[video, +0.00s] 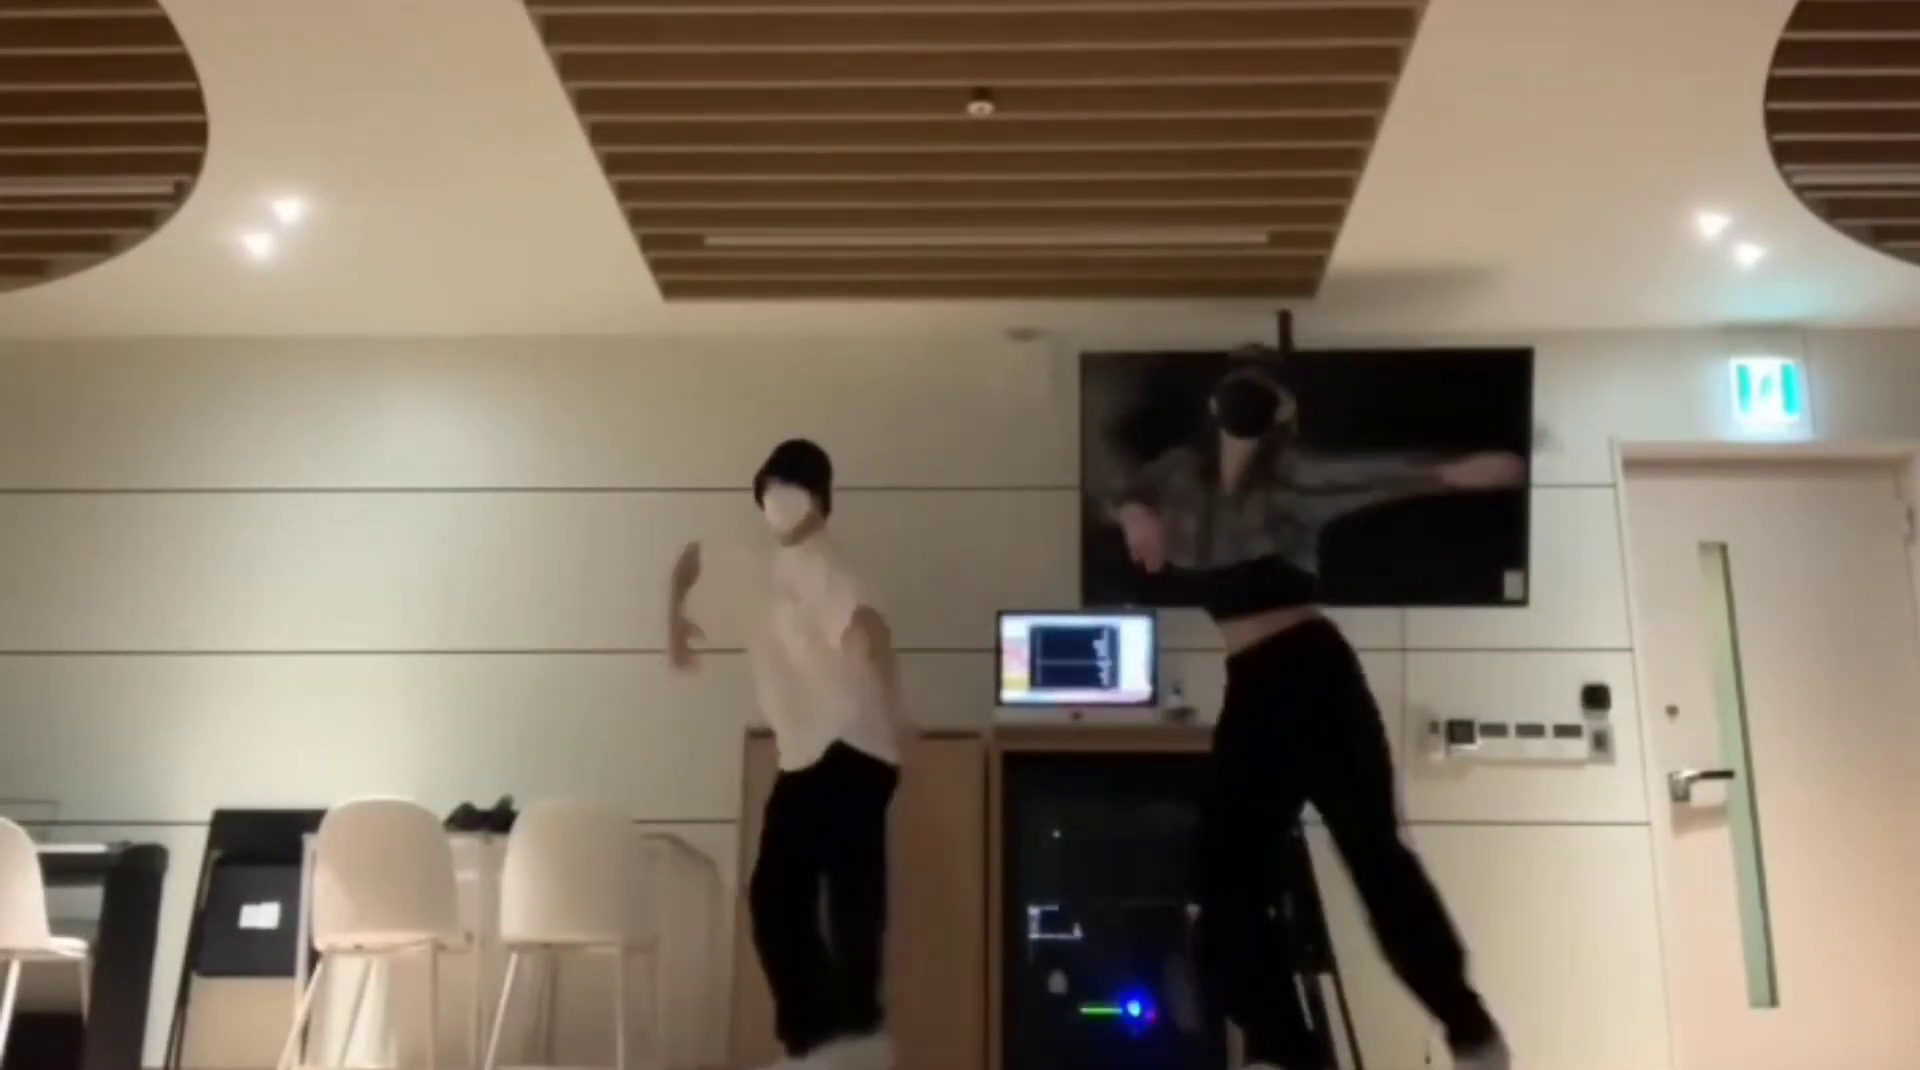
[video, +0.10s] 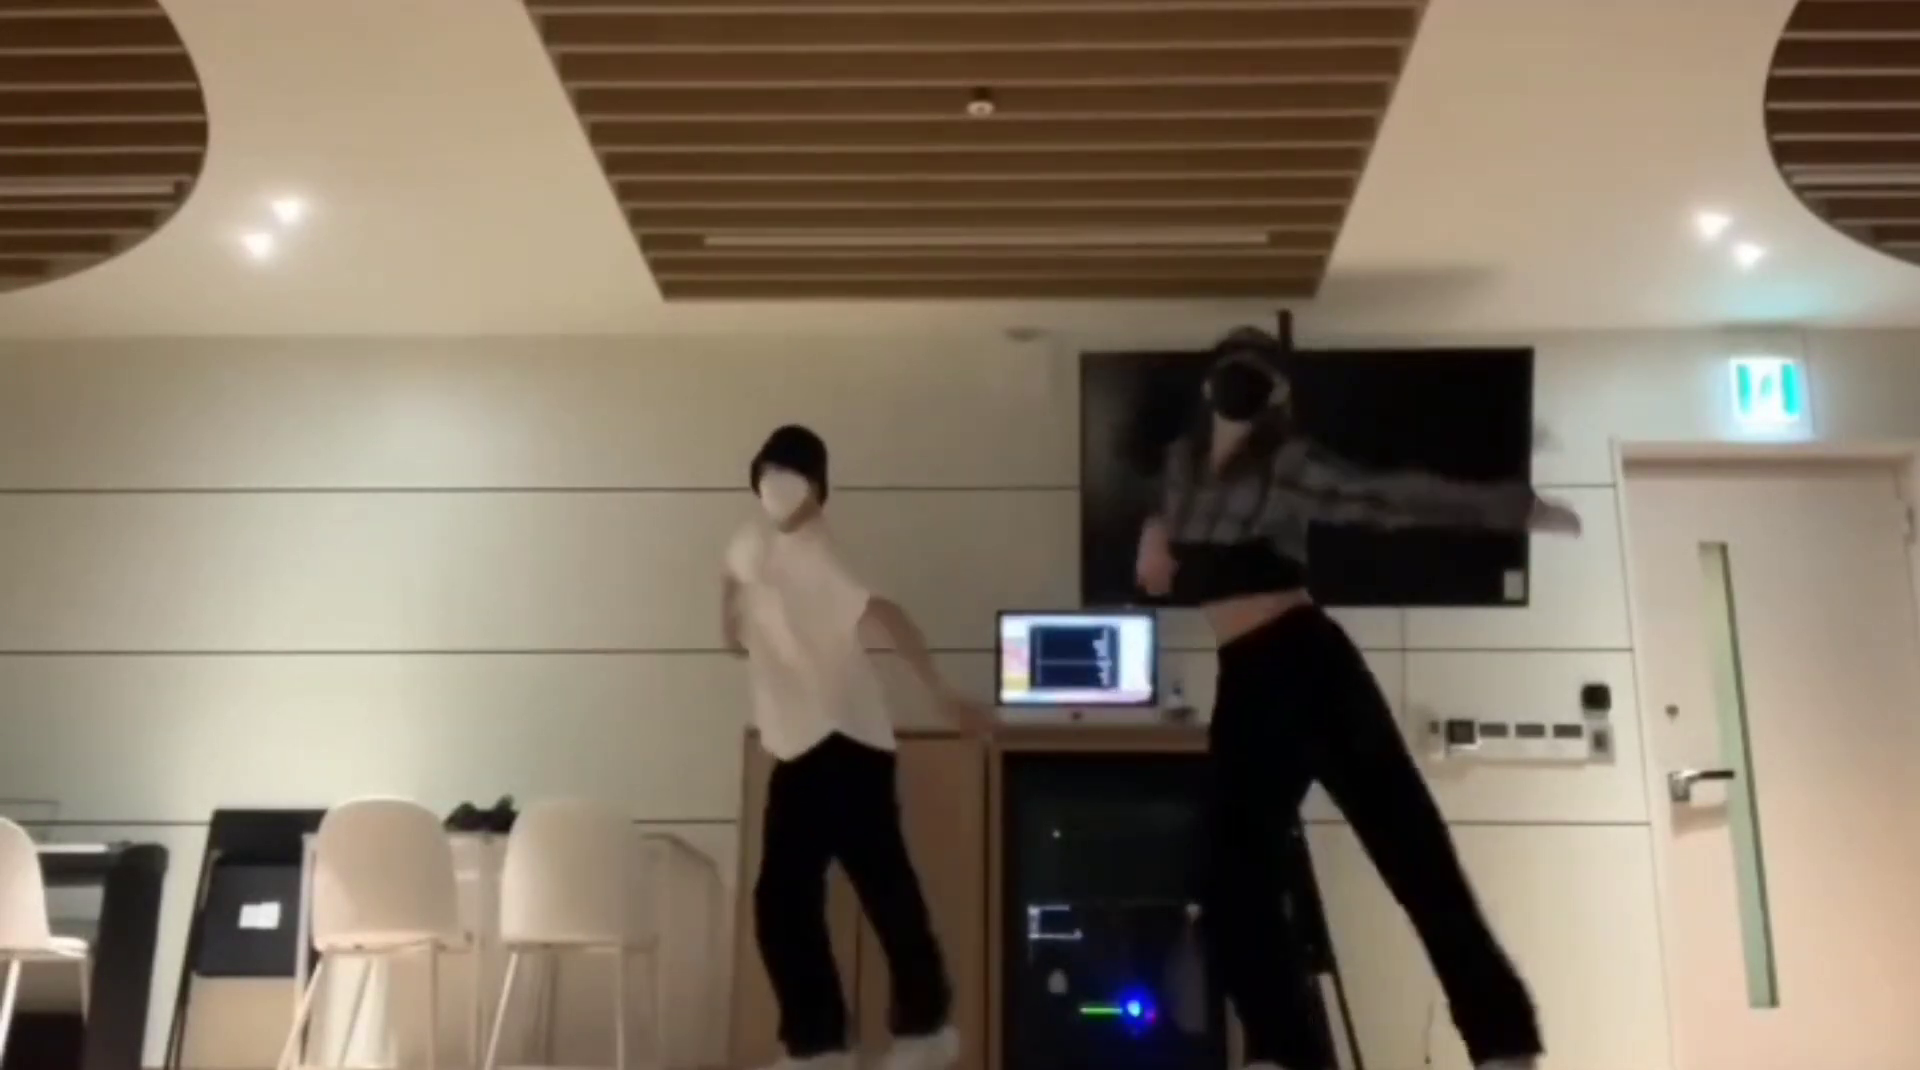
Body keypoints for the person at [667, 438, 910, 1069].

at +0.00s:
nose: (780, 504)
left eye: (795, 491)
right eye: (770, 492)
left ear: (820, 500)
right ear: (759, 502)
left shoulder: (825, 563)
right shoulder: (776, 572)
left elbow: (871, 627)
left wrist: (895, 715)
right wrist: (678, 606)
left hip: (850, 745)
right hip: (806, 751)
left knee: (778, 892)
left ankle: (826, 1033)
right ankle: (844, 1027)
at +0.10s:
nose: (774, 489)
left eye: (789, 478)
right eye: (767, 477)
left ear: (817, 491)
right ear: (754, 483)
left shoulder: (809, 553)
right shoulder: (757, 544)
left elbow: (885, 615)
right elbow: (733, 588)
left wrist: (941, 696)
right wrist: (734, 626)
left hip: (848, 742)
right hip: (801, 748)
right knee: (782, 901)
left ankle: (928, 1027)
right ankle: (816, 1044)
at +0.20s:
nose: (774, 477)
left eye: (787, 463)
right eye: (766, 466)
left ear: (814, 475)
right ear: (758, 478)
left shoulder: (816, 549)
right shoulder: (774, 548)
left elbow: (907, 611)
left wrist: (969, 692)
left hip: (833, 742)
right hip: (791, 742)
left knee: (897, 875)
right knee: (790, 898)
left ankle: (965, 1015)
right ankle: (818, 1044)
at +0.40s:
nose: (787, 489)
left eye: (794, 473)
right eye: (779, 479)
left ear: (823, 472)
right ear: (780, 487)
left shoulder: (869, 546)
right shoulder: (809, 550)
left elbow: (894, 633)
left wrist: (902, 717)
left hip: (819, 736)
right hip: (771, 734)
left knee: (828, 882)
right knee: (753, 886)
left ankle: (863, 1033)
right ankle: (803, 1028)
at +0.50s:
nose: (794, 519)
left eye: (805, 504)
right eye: (786, 508)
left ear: (834, 508)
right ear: (781, 519)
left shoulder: (867, 579)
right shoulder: (799, 592)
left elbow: (903, 667)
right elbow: (799, 686)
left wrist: (845, 758)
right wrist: (748, 740)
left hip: (819, 773)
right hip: (766, 766)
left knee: (785, 897)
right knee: (678, 853)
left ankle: (830, 1050)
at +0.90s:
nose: (824, 492)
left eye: (837, 479)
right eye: (813, 481)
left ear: (863, 490)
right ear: (798, 495)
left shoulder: (887, 557)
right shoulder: (780, 576)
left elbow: (902, 641)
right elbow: (767, 671)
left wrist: (832, 728)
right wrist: (761, 745)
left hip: (857, 767)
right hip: (784, 771)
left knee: (806, 905)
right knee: (744, 909)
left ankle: (832, 1051)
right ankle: (701, 1046)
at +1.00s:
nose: (831, 488)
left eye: (844, 474)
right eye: (819, 478)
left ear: (869, 485)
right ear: (806, 490)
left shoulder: (893, 556)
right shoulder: (793, 568)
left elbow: (911, 644)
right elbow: (771, 654)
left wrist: (835, 706)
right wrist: (764, 718)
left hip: (855, 751)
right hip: (786, 755)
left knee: (840, 894)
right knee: (792, 894)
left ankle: (834, 1043)